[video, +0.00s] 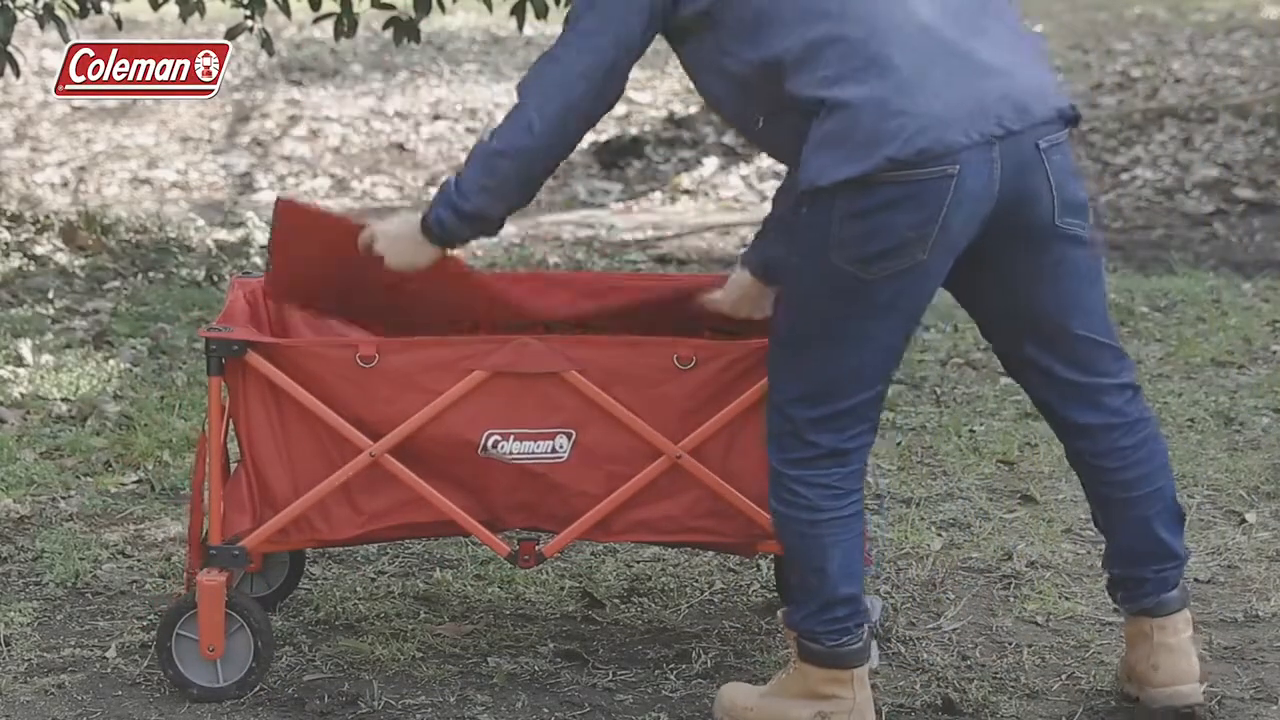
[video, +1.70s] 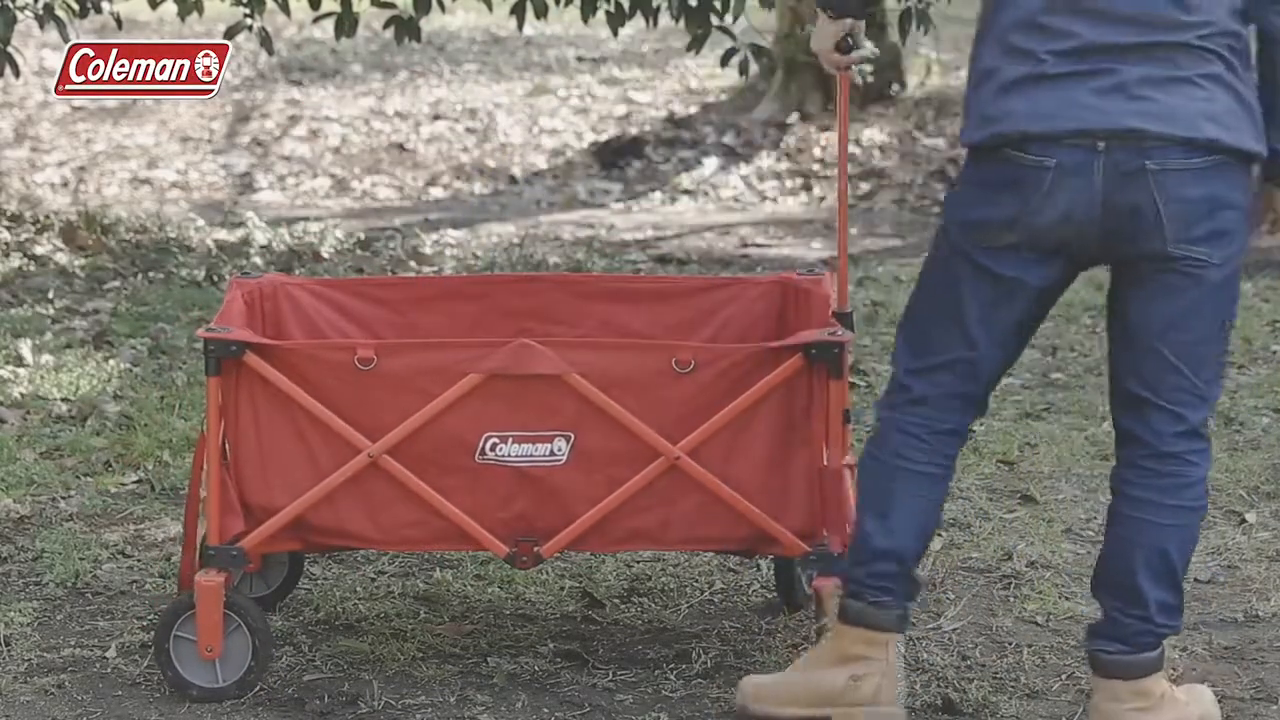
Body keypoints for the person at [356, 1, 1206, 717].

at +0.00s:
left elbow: (555, 109)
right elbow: (878, 104)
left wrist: (433, 226)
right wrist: (761, 273)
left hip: (891, 153)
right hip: (1032, 130)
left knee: (817, 442)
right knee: (1100, 393)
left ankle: (830, 681)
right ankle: (1166, 652)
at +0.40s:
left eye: (577, 30)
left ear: (605, 6)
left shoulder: (611, 20)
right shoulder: (807, 5)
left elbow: (528, 196)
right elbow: (831, 168)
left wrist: (463, 328)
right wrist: (718, 310)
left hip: (847, 182)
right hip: (990, 148)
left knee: (768, 436)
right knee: (1083, 398)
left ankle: (826, 670)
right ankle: (1174, 651)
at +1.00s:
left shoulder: (618, 7)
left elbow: (585, 167)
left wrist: (578, 293)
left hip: (846, 175)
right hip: (995, 140)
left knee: (777, 426)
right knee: (1086, 393)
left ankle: (828, 670)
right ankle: (1192, 660)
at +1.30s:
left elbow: (743, 30)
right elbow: (1046, 14)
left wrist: (768, 163)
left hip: (876, 145)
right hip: (1031, 131)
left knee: (835, 419)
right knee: (1091, 411)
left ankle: (830, 670)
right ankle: (1142, 673)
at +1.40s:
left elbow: (783, 10)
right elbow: (1113, 30)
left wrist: (778, 113)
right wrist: (1118, 182)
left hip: (905, 151)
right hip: (1066, 149)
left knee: (852, 423)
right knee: (1097, 423)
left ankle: (831, 671)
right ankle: (1123, 679)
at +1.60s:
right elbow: (1242, 15)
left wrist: (805, 15)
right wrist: (1236, 166)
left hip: (989, 145)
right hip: (1154, 152)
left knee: (906, 412)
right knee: (1145, 433)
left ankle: (831, 657)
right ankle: (1128, 679)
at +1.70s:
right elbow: (1275, 22)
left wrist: (841, 6)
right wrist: (1274, 154)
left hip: (1032, 143)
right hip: (1199, 152)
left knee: (928, 401)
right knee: (1165, 432)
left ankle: (860, 647)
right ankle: (1129, 681)